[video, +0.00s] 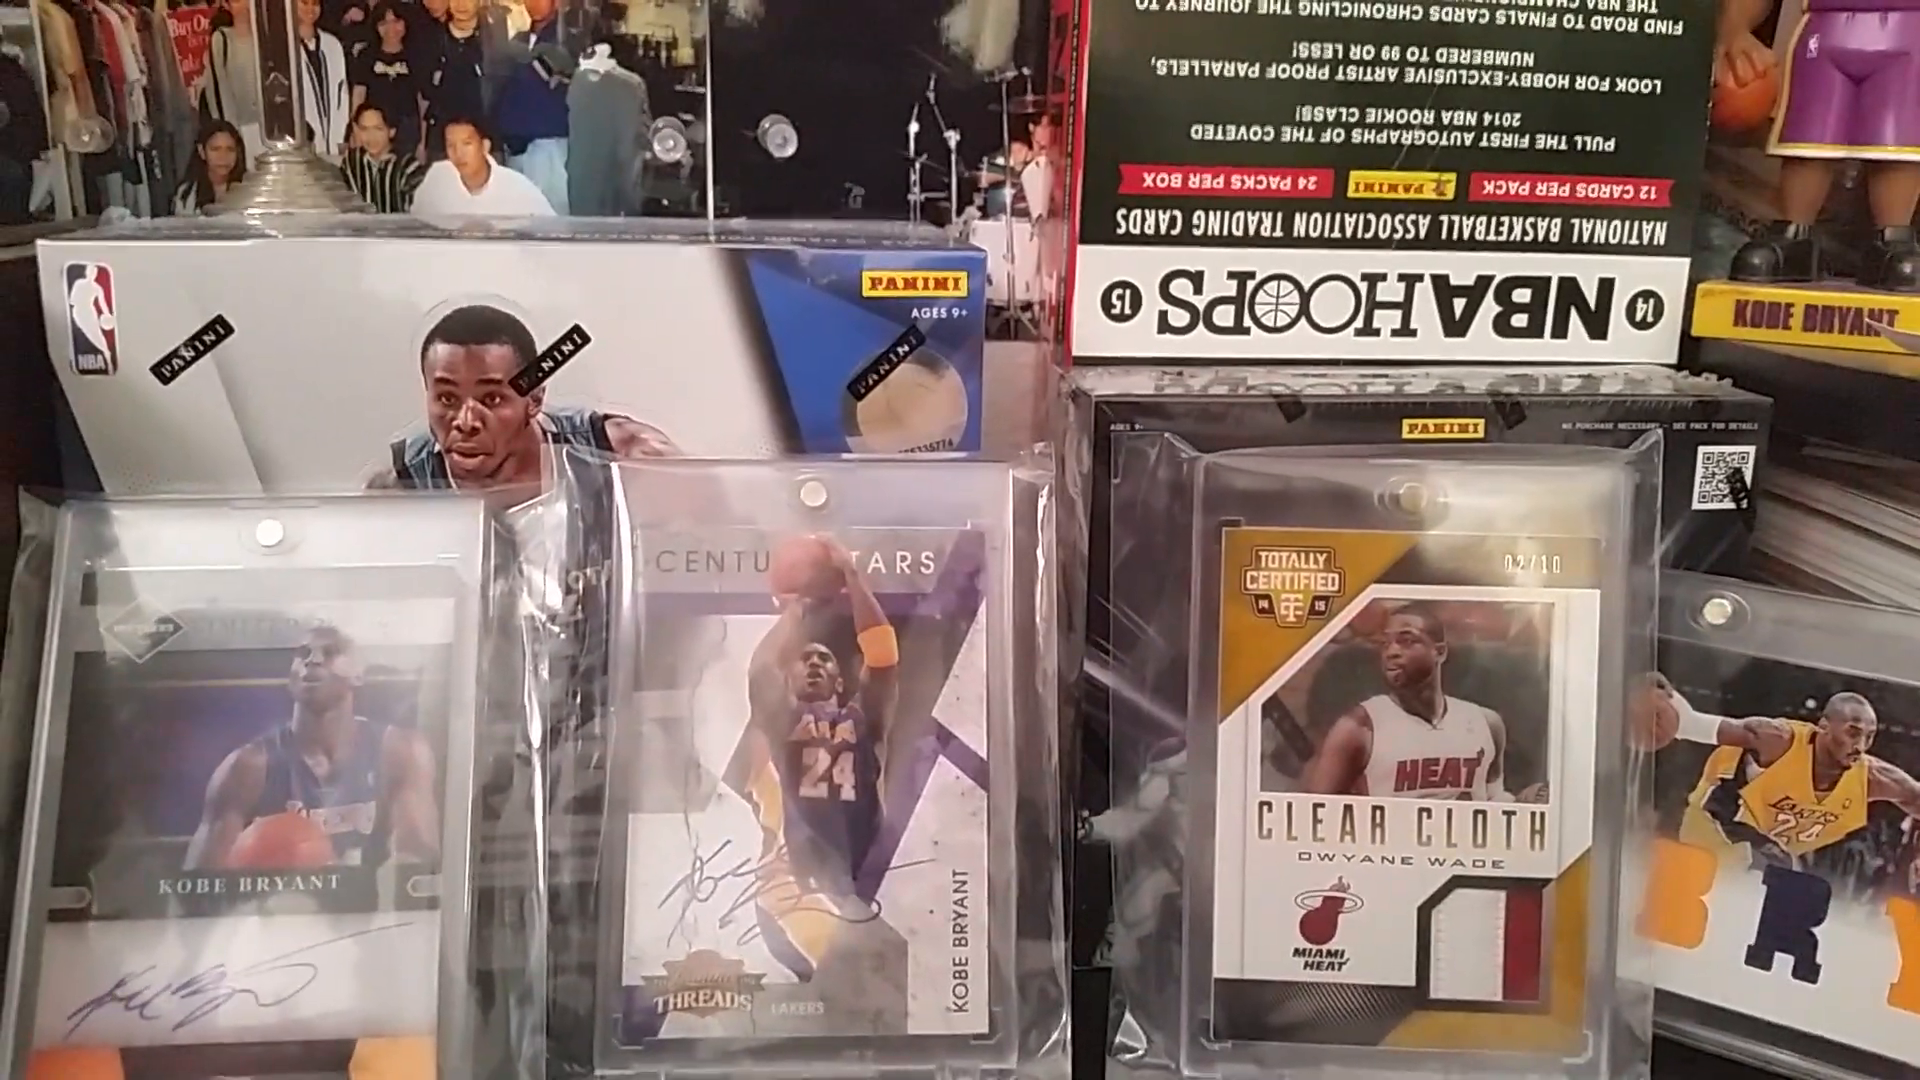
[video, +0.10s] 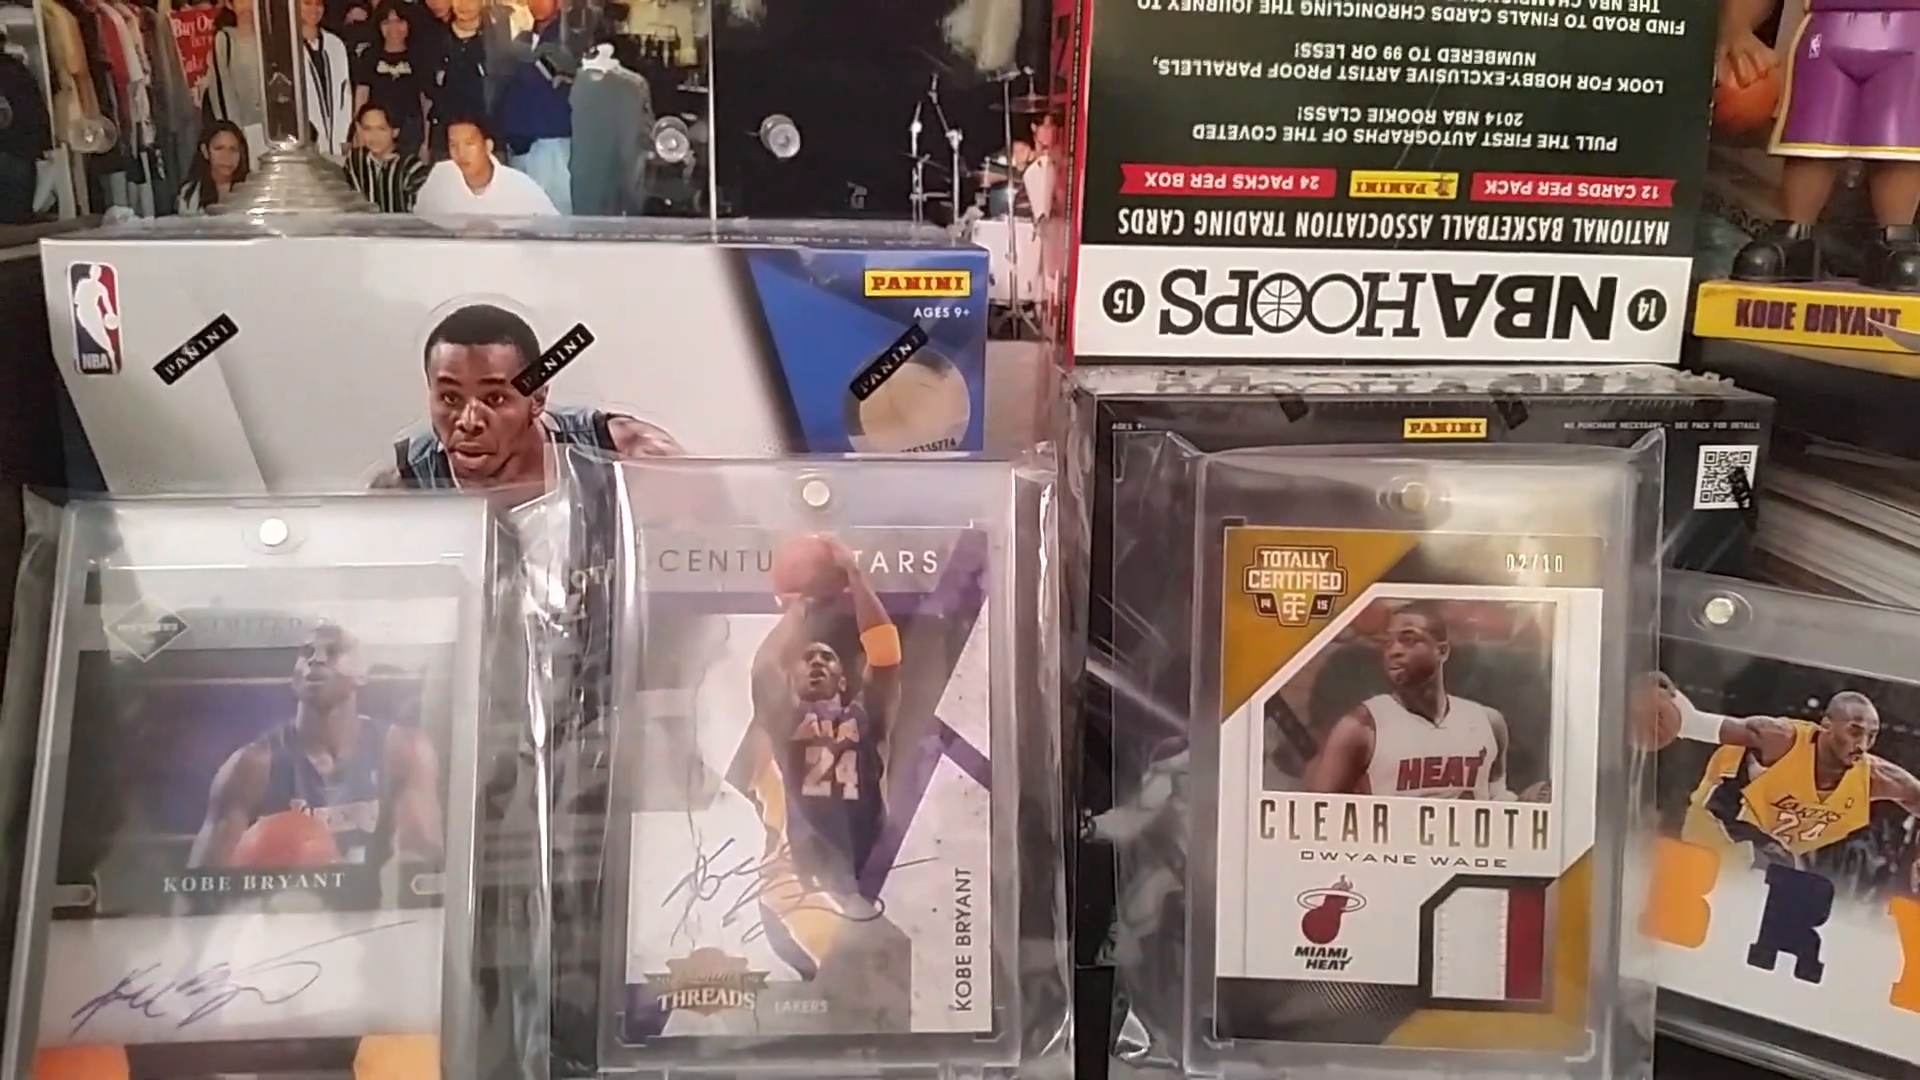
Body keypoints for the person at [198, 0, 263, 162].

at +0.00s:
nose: (245, 5)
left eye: (247, 1)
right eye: (238, 1)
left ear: (253, 4)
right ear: (227, 5)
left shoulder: (264, 35)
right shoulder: (221, 38)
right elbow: (219, 84)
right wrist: (228, 126)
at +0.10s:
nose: (246, 5)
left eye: (249, 0)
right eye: (240, 1)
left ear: (257, 4)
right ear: (229, 5)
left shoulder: (267, 35)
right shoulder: (224, 38)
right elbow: (224, 85)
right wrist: (234, 128)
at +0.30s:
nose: (268, 5)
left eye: (270, 1)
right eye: (261, 1)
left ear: (277, 4)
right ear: (249, 5)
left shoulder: (286, 35)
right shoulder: (244, 38)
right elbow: (244, 86)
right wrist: (253, 127)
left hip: (291, 118)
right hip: (263, 122)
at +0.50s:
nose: (285, 5)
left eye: (289, 1)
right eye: (279, 1)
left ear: (296, 5)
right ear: (268, 5)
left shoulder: (305, 35)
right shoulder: (262, 38)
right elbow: (262, 82)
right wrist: (271, 123)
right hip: (280, 119)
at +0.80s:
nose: (314, 5)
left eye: (317, 1)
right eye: (309, 1)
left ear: (323, 5)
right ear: (297, 5)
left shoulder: (331, 38)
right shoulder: (290, 38)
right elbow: (282, 79)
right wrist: (286, 114)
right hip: (300, 117)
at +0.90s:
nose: (343, 4)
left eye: (342, 1)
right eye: (335, 1)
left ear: (346, 5)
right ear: (322, 6)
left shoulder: (354, 36)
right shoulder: (315, 37)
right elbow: (307, 80)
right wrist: (312, 119)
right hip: (328, 115)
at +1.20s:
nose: (360, 10)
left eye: (365, 4)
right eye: (353, 5)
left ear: (370, 8)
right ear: (343, 9)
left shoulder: (377, 40)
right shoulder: (337, 41)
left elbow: (386, 76)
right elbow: (331, 83)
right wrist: (335, 123)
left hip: (378, 115)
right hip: (350, 117)